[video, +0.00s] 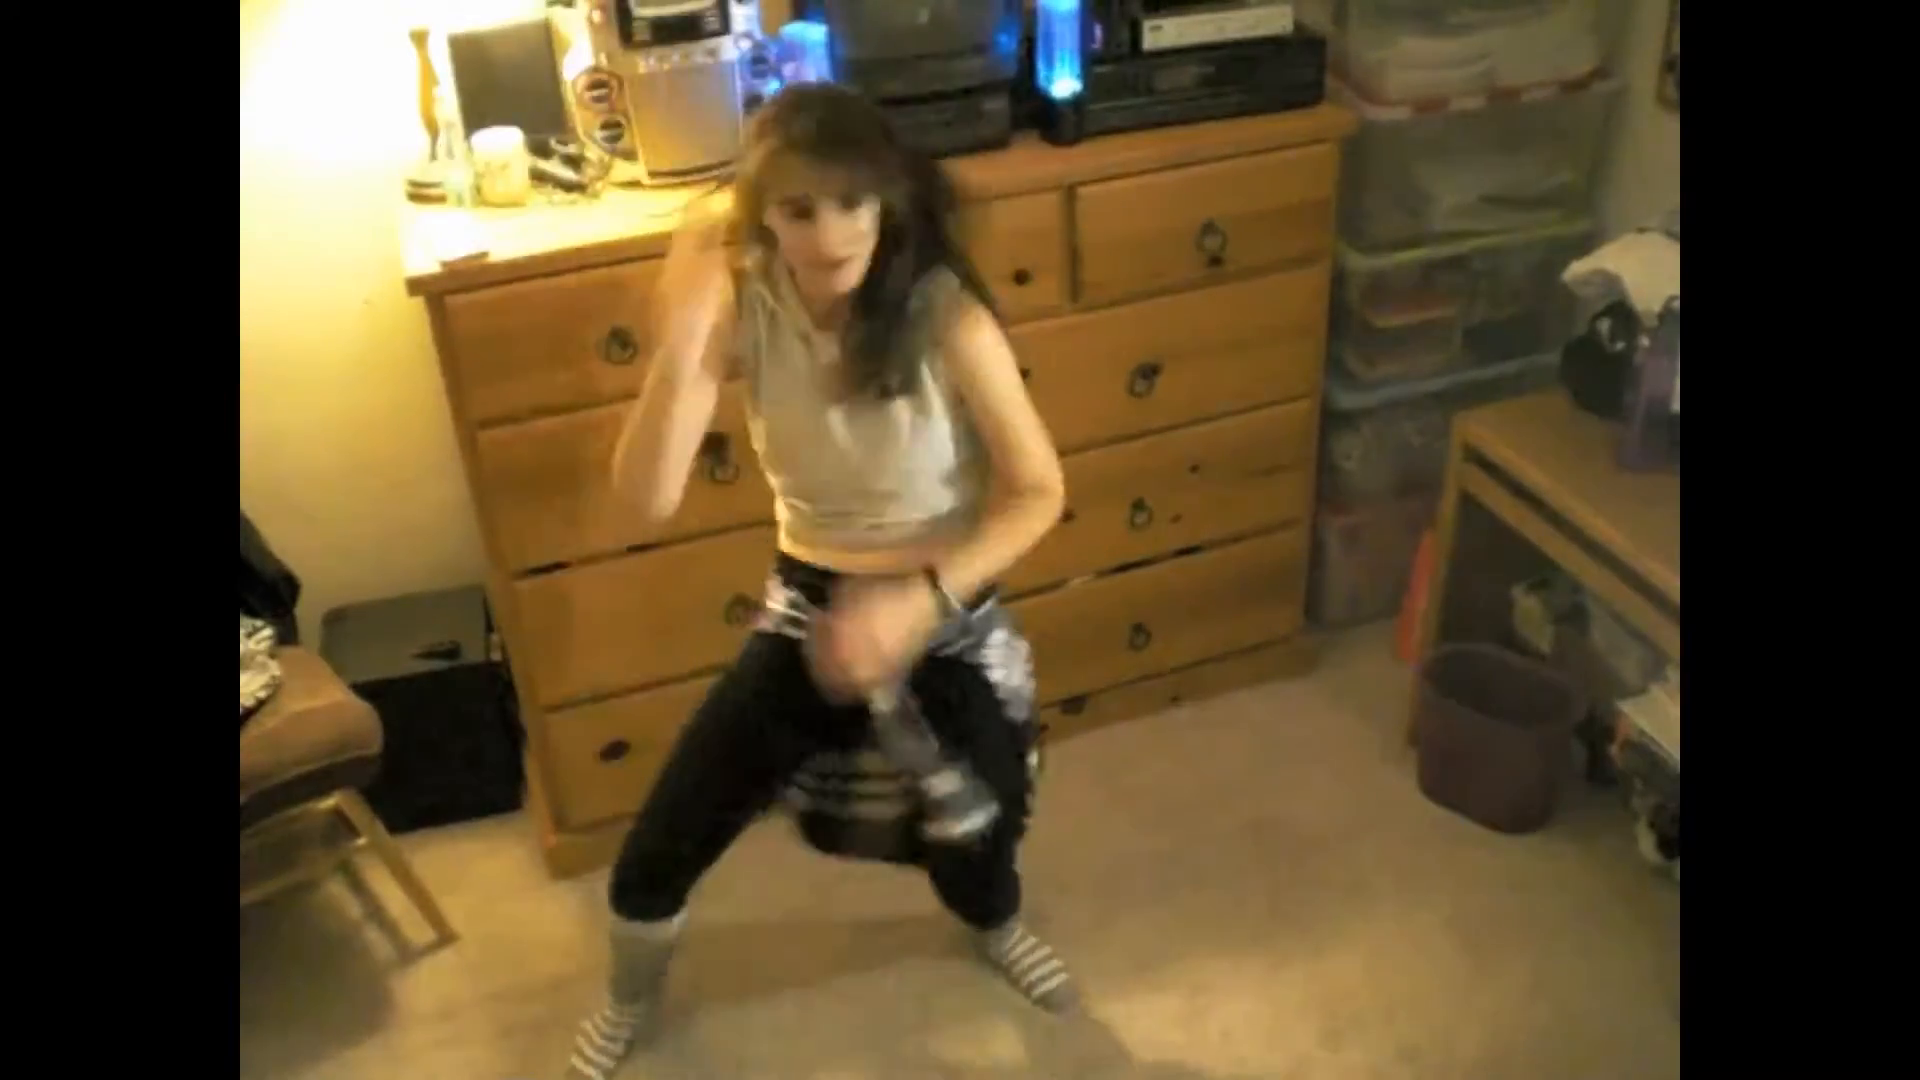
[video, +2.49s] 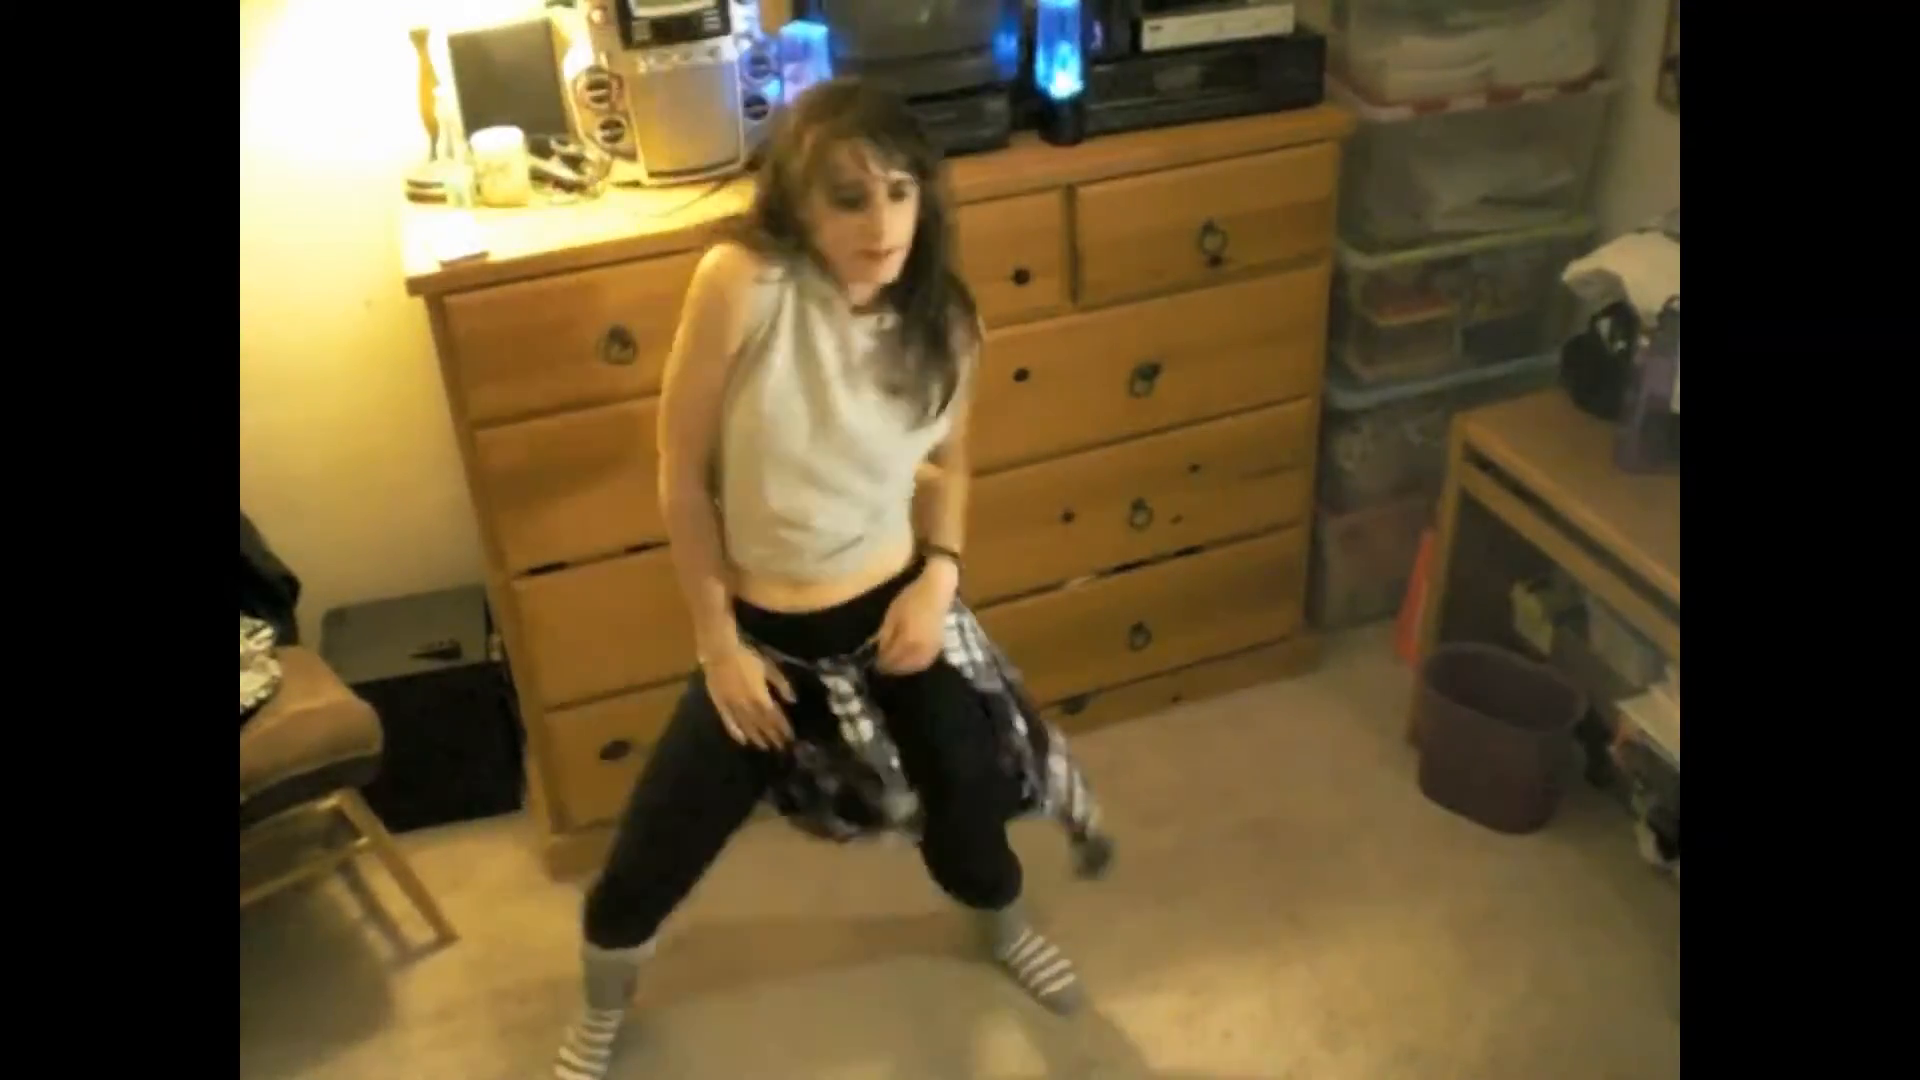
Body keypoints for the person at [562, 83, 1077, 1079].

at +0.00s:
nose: (828, 234)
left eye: (850, 204)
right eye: (798, 211)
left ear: (889, 205)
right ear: (763, 219)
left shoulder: (944, 316)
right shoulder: (743, 317)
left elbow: (1036, 490)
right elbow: (645, 505)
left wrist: (922, 598)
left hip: (946, 610)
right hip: (808, 611)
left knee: (978, 863)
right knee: (652, 865)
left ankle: (1001, 933)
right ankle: (627, 1010)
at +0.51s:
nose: (795, 228)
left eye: (800, 200)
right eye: (761, 211)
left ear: (812, 189)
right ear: (685, 220)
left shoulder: (852, 271)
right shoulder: (662, 325)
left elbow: (914, 406)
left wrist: (910, 574)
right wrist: (594, 240)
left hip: (859, 627)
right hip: (716, 646)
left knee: (1026, 810)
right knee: (693, 903)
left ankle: (1001, 920)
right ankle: (618, 1003)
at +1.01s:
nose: (838, 247)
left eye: (838, 220)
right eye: (816, 225)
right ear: (745, 226)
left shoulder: (784, 315)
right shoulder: (661, 344)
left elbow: (827, 443)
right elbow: (652, 547)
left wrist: (867, 529)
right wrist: (720, 710)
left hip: (830, 592)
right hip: (720, 659)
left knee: (994, 777)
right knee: (719, 937)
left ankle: (1009, 918)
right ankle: (625, 994)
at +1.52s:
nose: (562, 188)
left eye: (588, 158)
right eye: (556, 161)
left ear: (680, 158)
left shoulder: (819, 264)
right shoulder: (574, 302)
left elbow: (862, 451)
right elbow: (563, 442)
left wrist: (815, 615)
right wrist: (563, 588)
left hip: (786, 616)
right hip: (635, 626)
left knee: (944, 793)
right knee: (636, 869)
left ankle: (1009, 922)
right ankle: (617, 1007)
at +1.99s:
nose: (642, 152)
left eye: (659, 128)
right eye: (637, 128)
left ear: (733, 111)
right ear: (657, 116)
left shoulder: (850, 222)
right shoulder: (664, 196)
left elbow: (852, 444)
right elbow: (627, 344)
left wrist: (738, 600)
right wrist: (601, 495)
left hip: (791, 590)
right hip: (643, 568)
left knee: (888, 786)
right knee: (590, 805)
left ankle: (992, 922)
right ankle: (591, 1006)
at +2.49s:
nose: (882, 227)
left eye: (900, 195)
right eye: (848, 201)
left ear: (926, 199)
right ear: (795, 211)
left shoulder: (942, 322)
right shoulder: (737, 287)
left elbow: (944, 465)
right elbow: (682, 470)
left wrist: (937, 579)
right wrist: (718, 644)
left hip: (898, 622)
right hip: (760, 641)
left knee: (977, 806)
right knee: (641, 865)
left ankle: (1008, 928)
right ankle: (600, 1012)